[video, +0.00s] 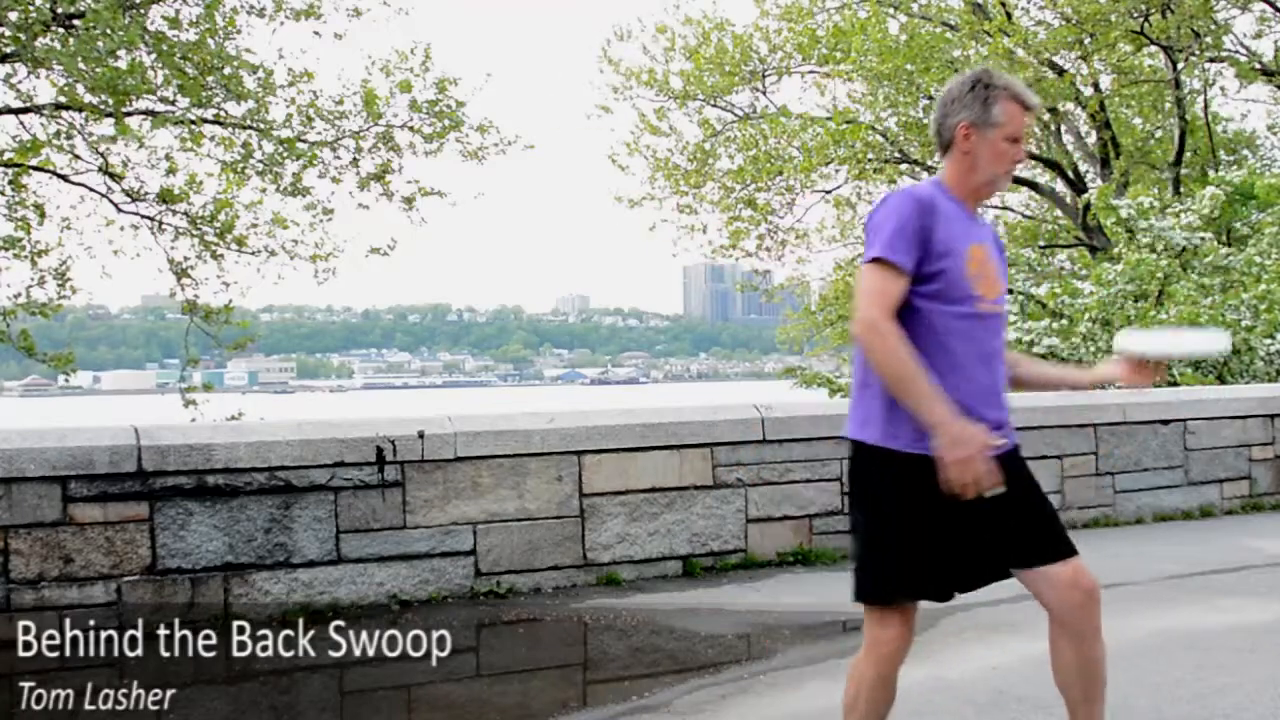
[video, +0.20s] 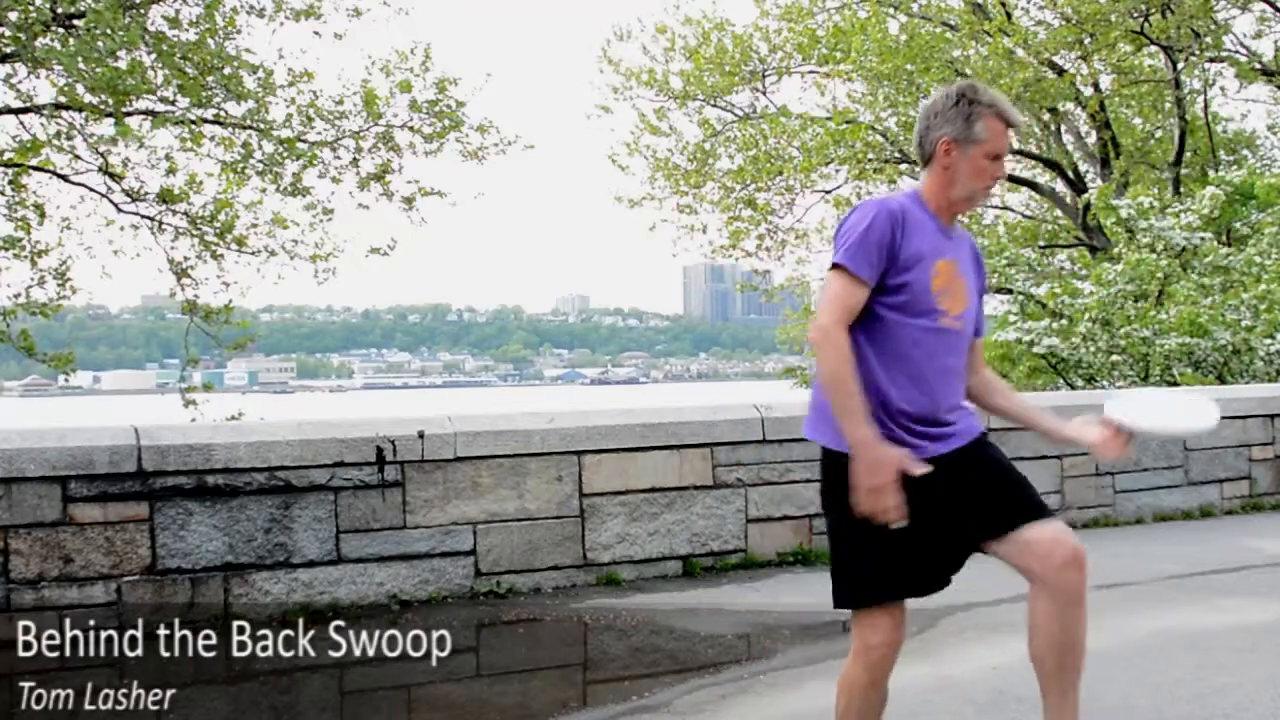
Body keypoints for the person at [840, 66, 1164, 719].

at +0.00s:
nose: (1022, 156)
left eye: (1025, 142)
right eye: (1012, 139)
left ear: (986, 144)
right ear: (966, 136)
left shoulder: (986, 237)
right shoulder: (909, 207)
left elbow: (990, 361)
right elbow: (870, 323)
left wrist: (1098, 375)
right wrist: (949, 425)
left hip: (985, 452)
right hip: (896, 456)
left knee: (1074, 595)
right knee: (887, 637)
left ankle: (1089, 719)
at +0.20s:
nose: (1002, 173)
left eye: (1005, 159)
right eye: (993, 157)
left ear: (958, 155)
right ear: (946, 152)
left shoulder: (967, 254)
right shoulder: (882, 219)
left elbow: (973, 377)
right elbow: (827, 329)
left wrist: (1072, 430)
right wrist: (864, 444)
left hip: (953, 445)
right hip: (868, 453)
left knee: (1059, 560)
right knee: (877, 639)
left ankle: (1062, 717)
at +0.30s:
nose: (993, 185)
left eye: (997, 172)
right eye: (986, 169)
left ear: (952, 167)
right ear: (939, 161)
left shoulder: (958, 261)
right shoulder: (872, 224)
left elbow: (962, 386)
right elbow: (811, 337)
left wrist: (1052, 459)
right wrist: (820, 456)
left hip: (936, 445)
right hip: (856, 456)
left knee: (1051, 529)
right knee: (868, 645)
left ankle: (1059, 713)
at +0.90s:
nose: (933, 196)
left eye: (944, 184)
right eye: (922, 179)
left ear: (951, 182)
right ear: (880, 166)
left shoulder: (929, 266)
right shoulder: (819, 231)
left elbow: (920, 375)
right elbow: (757, 337)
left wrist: (942, 464)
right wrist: (737, 448)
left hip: (906, 436)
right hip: (822, 452)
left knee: (1040, 473)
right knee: (846, 642)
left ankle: (1115, 679)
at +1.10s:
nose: (883, 165)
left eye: (899, 153)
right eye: (872, 149)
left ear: (924, 161)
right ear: (854, 150)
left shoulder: (933, 250)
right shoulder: (806, 226)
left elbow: (908, 352)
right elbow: (760, 341)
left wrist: (923, 426)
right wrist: (764, 456)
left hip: (915, 434)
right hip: (828, 449)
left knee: (1044, 495)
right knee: (847, 637)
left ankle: (1082, 697)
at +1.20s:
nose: (867, 156)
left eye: (884, 144)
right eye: (859, 141)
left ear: (918, 154)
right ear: (847, 144)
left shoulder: (933, 243)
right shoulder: (803, 222)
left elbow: (905, 346)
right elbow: (767, 340)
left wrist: (921, 427)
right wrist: (777, 453)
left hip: (920, 433)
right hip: (830, 445)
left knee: (1041, 507)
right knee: (847, 633)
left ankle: (1069, 708)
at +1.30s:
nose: (847, 140)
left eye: (865, 128)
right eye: (842, 126)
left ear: (907, 143)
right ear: (836, 132)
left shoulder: (936, 233)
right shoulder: (799, 215)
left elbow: (903, 332)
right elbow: (776, 331)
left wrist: (920, 412)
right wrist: (804, 439)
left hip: (927, 429)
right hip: (836, 440)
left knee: (1031, 539)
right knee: (847, 631)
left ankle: (1047, 713)